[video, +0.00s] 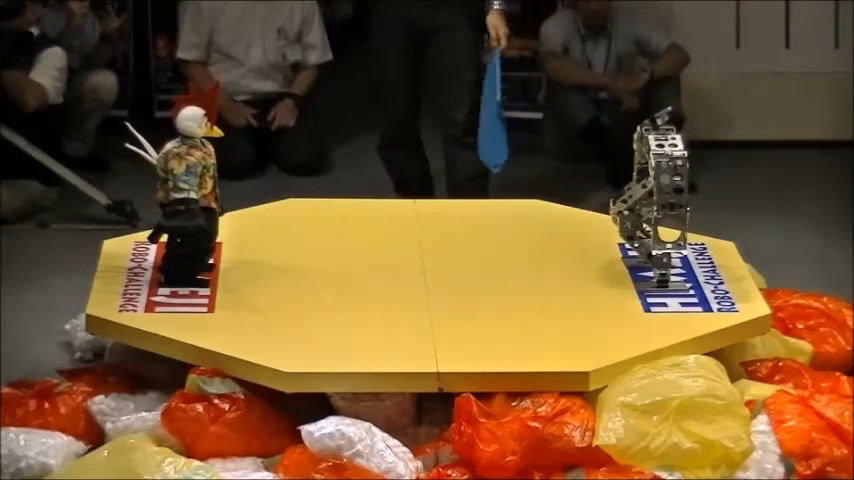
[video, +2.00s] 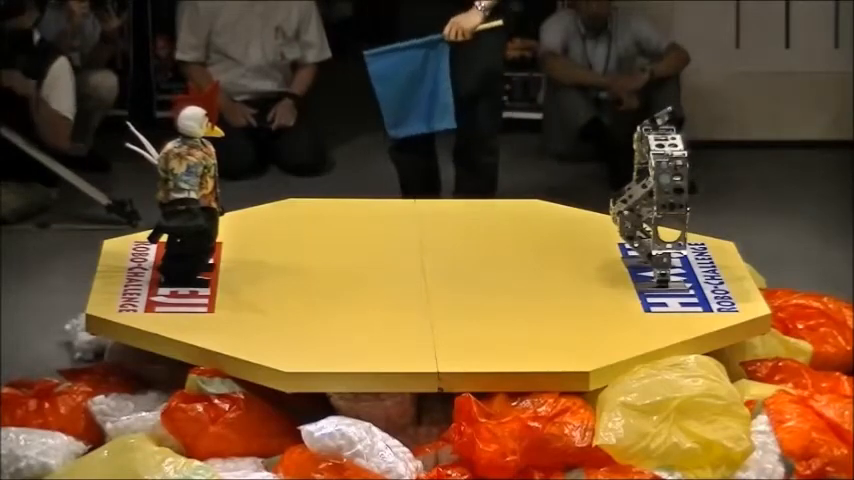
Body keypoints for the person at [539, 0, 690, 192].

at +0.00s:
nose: (596, 8)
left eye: (602, 2)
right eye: (588, 2)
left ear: (610, 4)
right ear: (574, 5)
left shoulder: (625, 25)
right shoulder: (557, 26)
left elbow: (679, 56)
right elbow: (554, 67)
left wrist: (644, 76)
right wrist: (612, 84)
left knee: (666, 81)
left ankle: (668, 166)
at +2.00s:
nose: (595, 9)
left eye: (601, 2)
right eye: (587, 2)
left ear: (611, 4)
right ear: (574, 5)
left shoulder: (630, 24)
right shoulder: (558, 25)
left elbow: (679, 56)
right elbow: (552, 67)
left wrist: (644, 76)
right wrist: (611, 83)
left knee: (666, 81)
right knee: (564, 88)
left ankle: (670, 166)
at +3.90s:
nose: (597, 11)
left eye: (603, 5)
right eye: (590, 5)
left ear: (612, 5)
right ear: (577, 6)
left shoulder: (628, 23)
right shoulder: (559, 24)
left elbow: (679, 56)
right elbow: (550, 64)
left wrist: (644, 76)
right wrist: (608, 83)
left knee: (667, 81)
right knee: (563, 88)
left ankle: (666, 153)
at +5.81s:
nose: (599, 12)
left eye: (605, 6)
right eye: (592, 6)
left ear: (614, 6)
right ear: (578, 7)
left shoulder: (629, 25)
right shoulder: (559, 26)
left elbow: (679, 56)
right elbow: (551, 64)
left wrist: (642, 78)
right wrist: (609, 83)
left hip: (625, 115)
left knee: (668, 78)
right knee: (565, 86)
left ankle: (663, 165)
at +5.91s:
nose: (599, 12)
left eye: (605, 6)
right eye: (592, 6)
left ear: (614, 6)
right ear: (578, 7)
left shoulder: (629, 25)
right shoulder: (559, 26)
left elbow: (679, 56)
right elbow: (551, 64)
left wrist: (642, 78)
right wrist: (609, 83)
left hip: (625, 115)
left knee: (668, 78)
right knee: (565, 86)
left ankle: (663, 165)